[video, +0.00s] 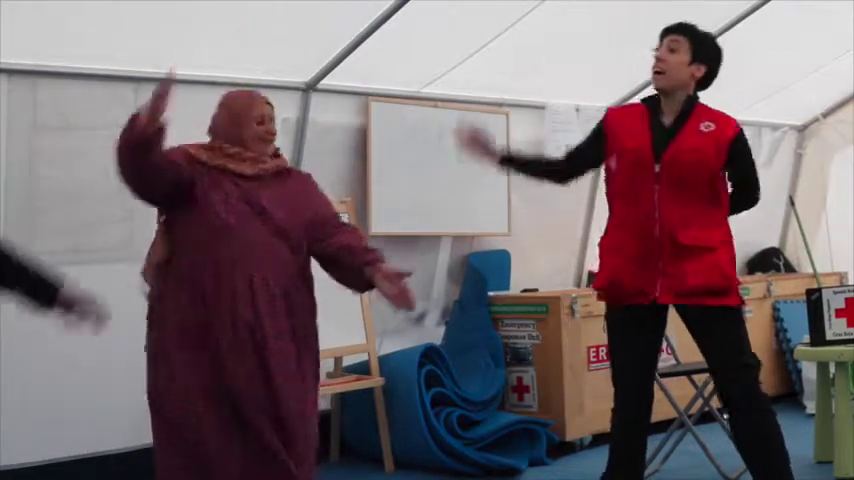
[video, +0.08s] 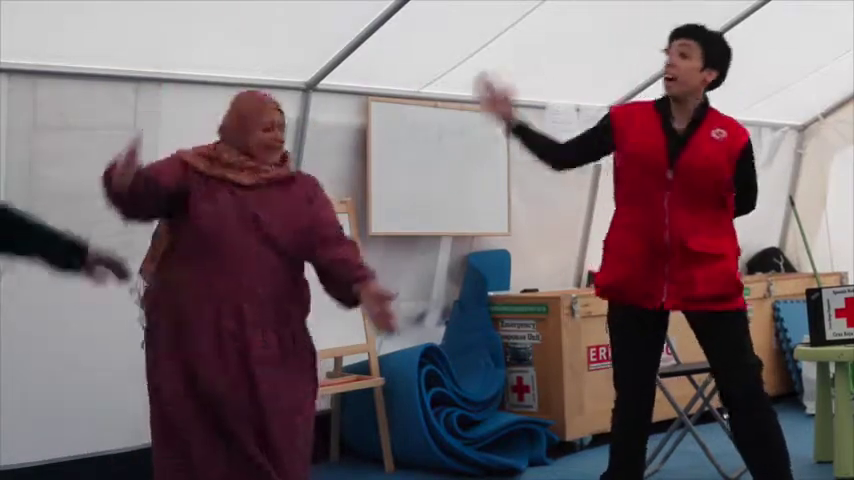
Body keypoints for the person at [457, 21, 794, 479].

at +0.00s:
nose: (658, 57)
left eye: (672, 51)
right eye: (658, 50)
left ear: (699, 71)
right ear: (654, 63)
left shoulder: (724, 130)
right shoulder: (618, 122)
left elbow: (748, 194)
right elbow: (564, 169)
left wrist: (700, 215)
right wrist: (498, 156)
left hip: (704, 277)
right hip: (631, 278)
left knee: (744, 395)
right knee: (630, 405)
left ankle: (776, 478)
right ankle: (622, 479)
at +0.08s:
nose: (669, 62)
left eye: (683, 55)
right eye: (668, 54)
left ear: (710, 75)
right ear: (664, 65)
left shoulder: (732, 136)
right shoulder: (627, 120)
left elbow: (744, 201)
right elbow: (561, 156)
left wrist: (691, 217)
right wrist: (512, 121)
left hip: (708, 278)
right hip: (634, 278)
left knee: (746, 395)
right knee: (632, 403)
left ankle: (775, 478)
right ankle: (621, 479)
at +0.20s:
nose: (697, 85)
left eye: (711, 77)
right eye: (693, 74)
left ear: (734, 89)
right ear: (686, 77)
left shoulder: (749, 150)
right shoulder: (646, 127)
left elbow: (749, 206)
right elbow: (583, 158)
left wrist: (695, 213)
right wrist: (566, 119)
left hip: (717, 284)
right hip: (644, 282)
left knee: (750, 400)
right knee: (634, 405)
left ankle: (776, 477)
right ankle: (622, 478)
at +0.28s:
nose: (725, 118)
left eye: (737, 110)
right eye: (719, 105)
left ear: (753, 115)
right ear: (707, 104)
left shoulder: (765, 167)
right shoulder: (666, 146)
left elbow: (741, 213)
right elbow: (611, 185)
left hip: (721, 285)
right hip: (650, 283)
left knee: (751, 399)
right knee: (635, 405)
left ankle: (776, 476)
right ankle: (622, 477)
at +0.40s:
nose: (760, 183)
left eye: (770, 173)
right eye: (751, 171)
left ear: (781, 170)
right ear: (735, 161)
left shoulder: (786, 206)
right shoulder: (690, 188)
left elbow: (753, 258)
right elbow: (674, 256)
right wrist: (712, 304)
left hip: (730, 289)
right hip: (660, 285)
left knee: (754, 394)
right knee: (640, 397)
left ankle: (776, 473)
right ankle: (623, 474)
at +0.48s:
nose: (778, 237)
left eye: (786, 227)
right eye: (768, 225)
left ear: (799, 215)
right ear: (749, 206)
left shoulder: (799, 233)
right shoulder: (701, 223)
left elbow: (754, 283)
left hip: (733, 298)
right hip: (663, 288)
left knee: (755, 394)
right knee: (644, 395)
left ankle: (777, 473)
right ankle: (625, 474)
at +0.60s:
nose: (787, 300)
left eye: (796, 291)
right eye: (779, 289)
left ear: (807, 275)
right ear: (759, 264)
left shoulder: (784, 232)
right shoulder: (719, 277)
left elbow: (753, 214)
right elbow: (738, 374)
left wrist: (706, 212)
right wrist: (772, 447)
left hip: (733, 297)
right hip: (662, 292)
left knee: (758, 390)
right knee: (645, 393)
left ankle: (775, 470)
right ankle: (625, 473)